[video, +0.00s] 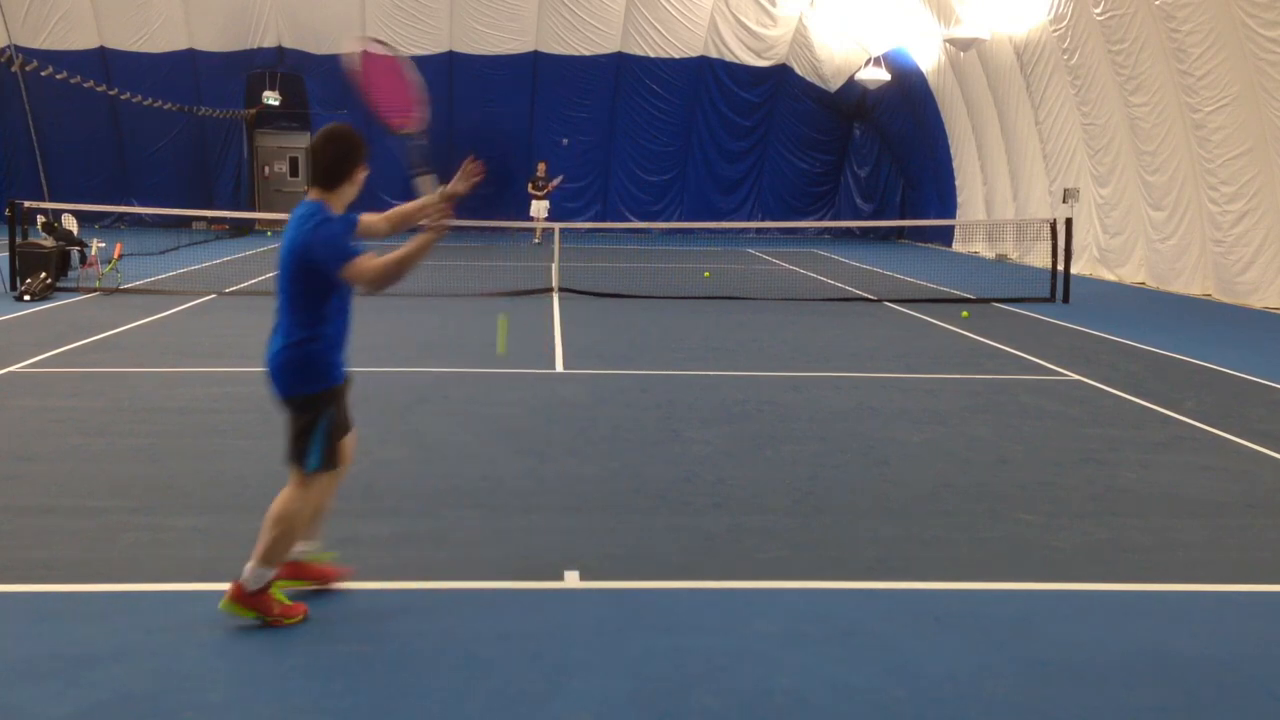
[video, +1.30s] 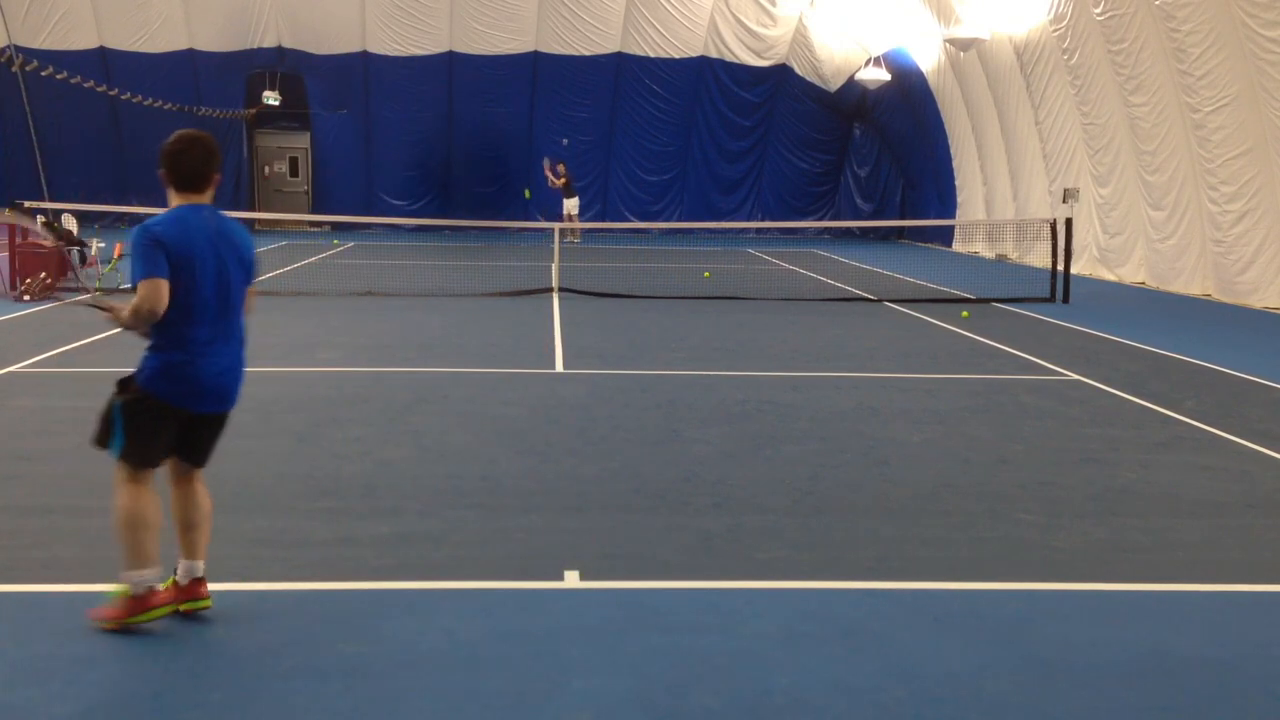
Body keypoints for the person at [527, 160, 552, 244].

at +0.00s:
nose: (541, 168)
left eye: (543, 166)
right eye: (540, 166)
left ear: (545, 168)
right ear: (537, 167)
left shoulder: (547, 178)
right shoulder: (533, 178)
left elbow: (549, 188)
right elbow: (529, 189)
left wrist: (551, 187)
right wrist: (538, 193)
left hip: (543, 201)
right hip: (535, 201)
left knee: (541, 219)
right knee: (535, 219)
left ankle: (538, 237)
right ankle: (537, 236)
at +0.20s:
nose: (543, 166)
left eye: (544, 165)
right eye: (541, 165)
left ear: (547, 166)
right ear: (539, 166)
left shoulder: (550, 176)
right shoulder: (536, 176)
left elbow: (554, 185)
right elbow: (531, 186)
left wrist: (546, 191)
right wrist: (540, 192)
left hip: (547, 198)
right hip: (538, 198)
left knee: (546, 217)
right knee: (538, 217)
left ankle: (545, 237)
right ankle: (538, 237)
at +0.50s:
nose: (550, 168)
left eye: (552, 166)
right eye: (548, 166)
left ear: (554, 168)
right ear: (546, 167)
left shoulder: (558, 178)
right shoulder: (543, 178)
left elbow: (561, 188)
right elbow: (539, 188)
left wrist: (553, 193)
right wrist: (546, 194)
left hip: (555, 200)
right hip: (545, 200)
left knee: (557, 219)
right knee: (543, 218)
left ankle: (557, 237)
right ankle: (540, 237)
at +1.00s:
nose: (556, 171)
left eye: (558, 169)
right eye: (555, 169)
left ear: (561, 170)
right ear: (553, 171)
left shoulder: (566, 179)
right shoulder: (553, 180)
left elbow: (568, 190)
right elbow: (551, 188)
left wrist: (557, 191)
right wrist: (552, 194)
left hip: (565, 201)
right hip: (556, 200)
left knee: (566, 219)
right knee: (552, 218)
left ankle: (570, 237)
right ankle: (545, 236)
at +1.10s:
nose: (558, 171)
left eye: (559, 169)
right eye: (556, 169)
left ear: (563, 169)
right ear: (555, 170)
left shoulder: (567, 178)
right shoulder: (556, 179)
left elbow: (566, 189)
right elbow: (555, 191)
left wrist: (555, 186)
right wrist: (552, 189)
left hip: (568, 200)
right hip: (560, 199)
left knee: (567, 219)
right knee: (556, 218)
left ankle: (570, 237)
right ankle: (552, 236)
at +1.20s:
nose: (558, 170)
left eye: (560, 168)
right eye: (557, 168)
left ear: (563, 168)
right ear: (556, 169)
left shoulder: (567, 176)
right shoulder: (559, 177)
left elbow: (561, 185)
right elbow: (555, 188)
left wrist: (551, 180)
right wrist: (548, 181)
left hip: (571, 198)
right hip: (563, 198)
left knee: (569, 216)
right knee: (561, 216)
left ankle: (571, 237)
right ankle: (563, 236)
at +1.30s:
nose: (559, 170)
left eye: (561, 168)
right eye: (558, 168)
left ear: (564, 168)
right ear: (557, 169)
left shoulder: (566, 176)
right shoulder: (560, 177)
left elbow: (559, 183)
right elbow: (551, 185)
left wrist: (550, 175)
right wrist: (549, 177)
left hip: (573, 198)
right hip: (566, 198)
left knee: (574, 217)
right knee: (566, 217)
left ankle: (577, 236)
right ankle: (568, 235)